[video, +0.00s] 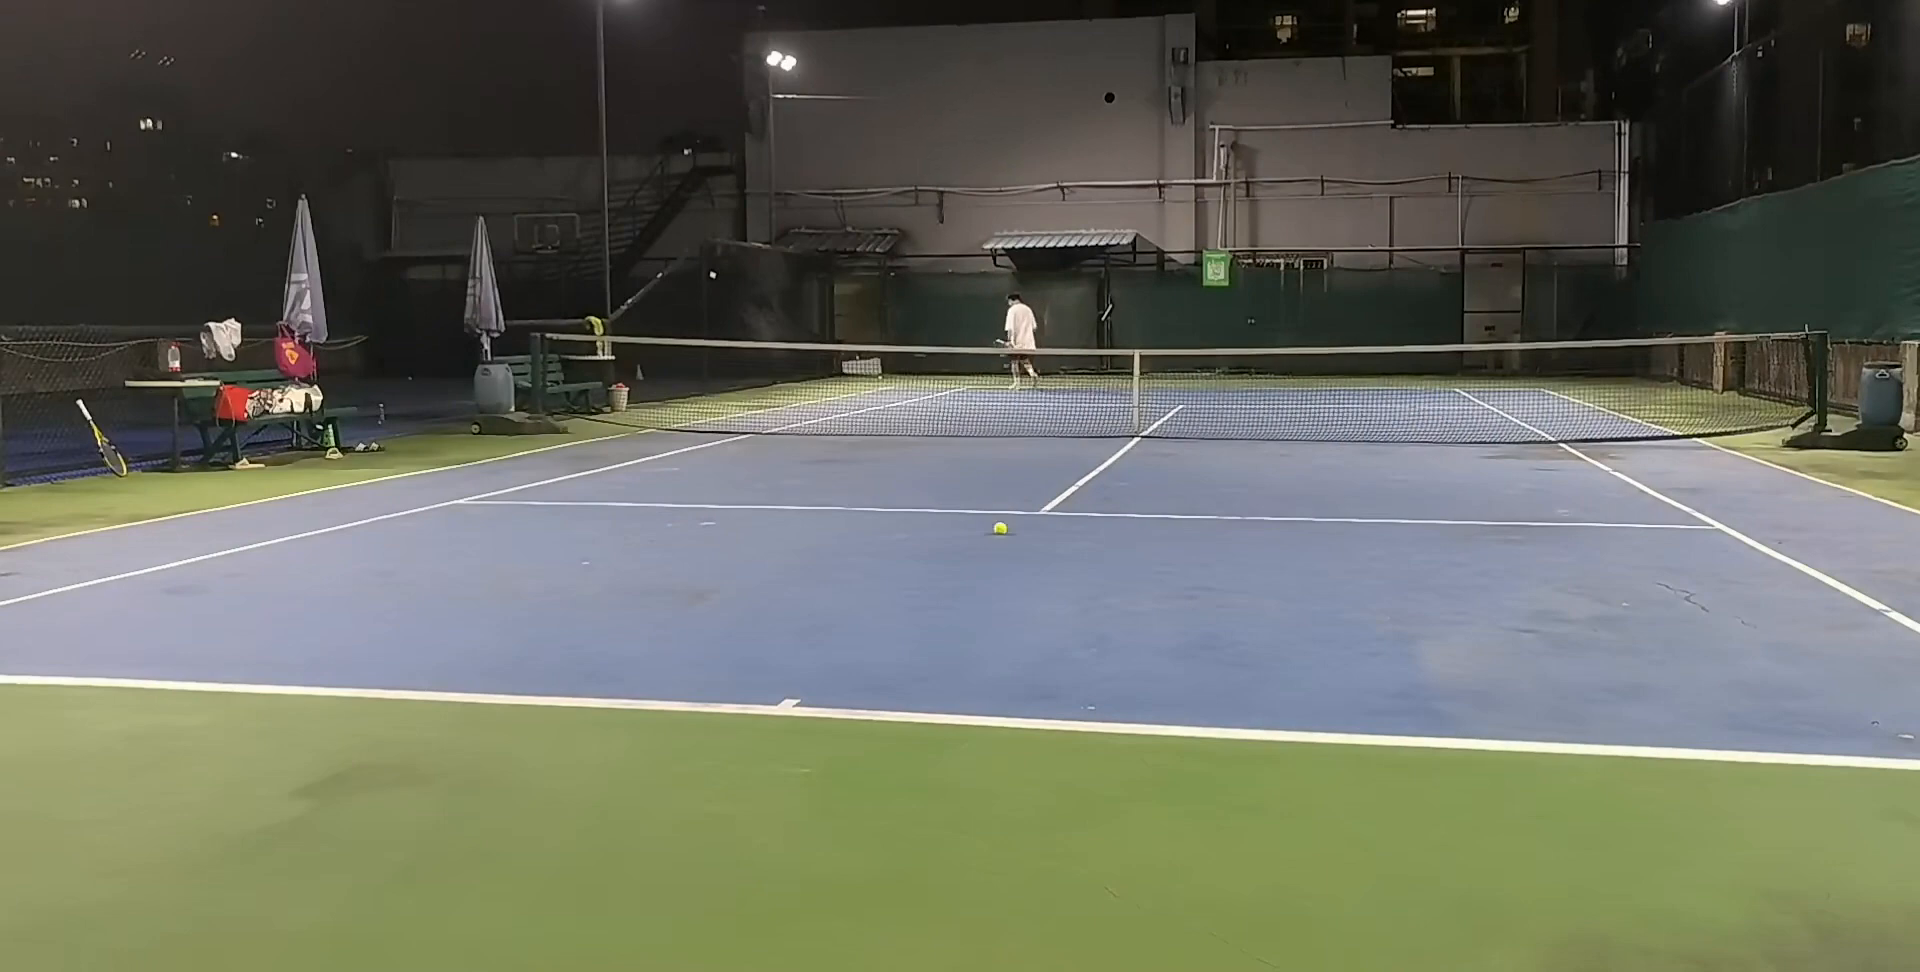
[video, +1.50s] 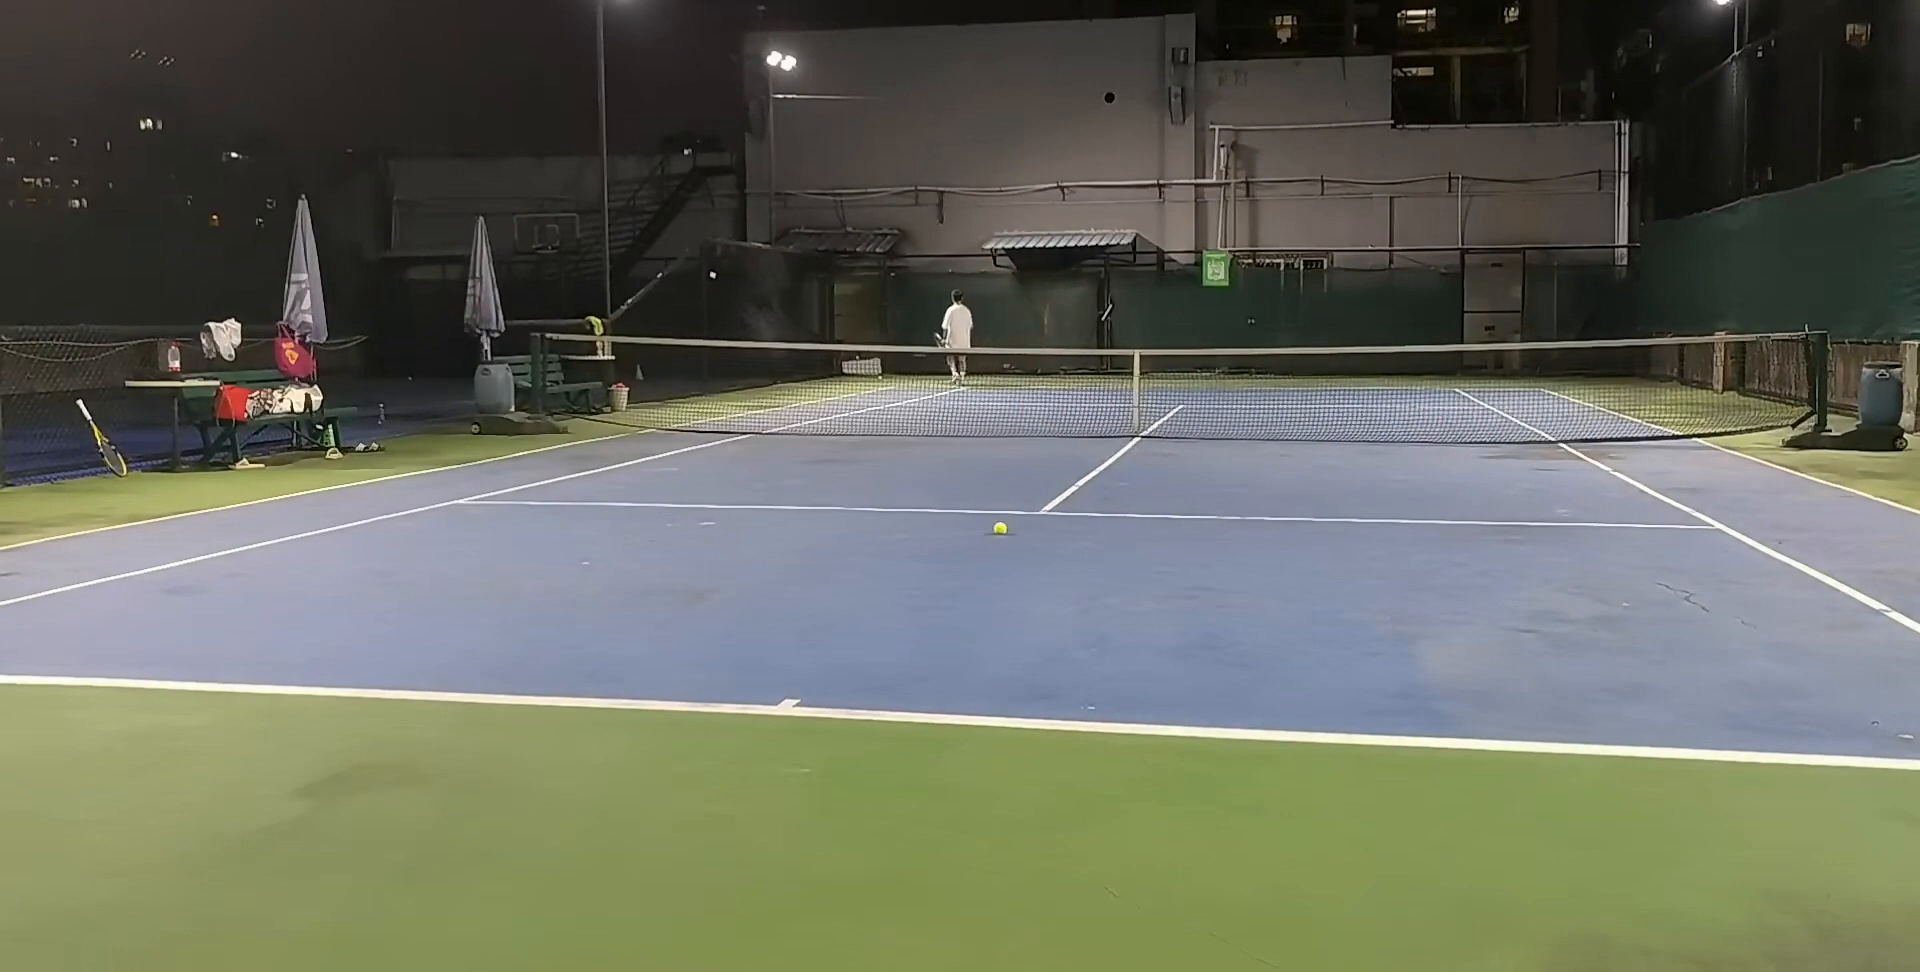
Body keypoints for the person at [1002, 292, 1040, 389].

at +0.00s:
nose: (1008, 304)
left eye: (1009, 302)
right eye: (1008, 302)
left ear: (1012, 300)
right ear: (1018, 299)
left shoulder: (1012, 310)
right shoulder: (1028, 309)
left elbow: (1010, 328)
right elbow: (1034, 326)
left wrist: (1010, 340)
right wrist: (1026, 332)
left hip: (1017, 341)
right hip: (1028, 341)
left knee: (1015, 362)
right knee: (1026, 360)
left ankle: (1016, 381)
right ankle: (1033, 374)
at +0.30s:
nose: (998, 303)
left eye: (999, 301)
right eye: (998, 301)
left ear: (1001, 301)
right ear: (1008, 301)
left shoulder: (998, 311)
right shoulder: (1016, 311)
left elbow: (989, 327)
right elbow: (1024, 327)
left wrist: (986, 339)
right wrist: (1025, 339)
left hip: (1002, 342)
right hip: (1015, 342)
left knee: (1009, 361)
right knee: (1006, 360)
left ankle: (1015, 379)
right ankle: (1003, 378)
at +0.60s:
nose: (987, 300)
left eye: (987, 298)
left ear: (988, 299)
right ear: (997, 298)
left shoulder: (987, 309)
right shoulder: (1003, 308)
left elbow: (985, 327)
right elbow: (1008, 322)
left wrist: (983, 339)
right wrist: (1003, 332)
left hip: (991, 339)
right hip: (1003, 339)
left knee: (985, 357)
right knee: (1000, 360)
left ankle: (989, 377)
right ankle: (1002, 379)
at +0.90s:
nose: (971, 302)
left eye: (971, 300)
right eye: (971, 300)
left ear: (972, 301)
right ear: (981, 299)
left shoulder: (973, 312)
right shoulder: (988, 310)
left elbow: (971, 329)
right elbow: (993, 325)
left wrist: (969, 341)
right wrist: (988, 335)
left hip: (977, 342)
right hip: (988, 342)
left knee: (973, 359)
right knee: (985, 358)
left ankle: (974, 375)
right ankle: (992, 371)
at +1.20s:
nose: (963, 302)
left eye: (963, 300)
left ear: (962, 301)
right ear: (972, 300)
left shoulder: (960, 312)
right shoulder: (978, 313)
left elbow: (953, 327)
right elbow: (984, 327)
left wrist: (949, 339)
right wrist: (987, 340)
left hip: (964, 342)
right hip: (977, 342)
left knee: (970, 360)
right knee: (967, 359)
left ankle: (973, 378)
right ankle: (964, 376)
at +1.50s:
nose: (955, 300)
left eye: (954, 298)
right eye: (958, 298)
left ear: (952, 299)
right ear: (961, 298)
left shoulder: (951, 310)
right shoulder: (967, 310)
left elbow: (945, 326)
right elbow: (970, 325)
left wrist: (944, 339)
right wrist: (967, 334)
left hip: (953, 341)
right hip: (965, 341)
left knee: (951, 358)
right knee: (962, 359)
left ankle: (955, 374)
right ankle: (962, 374)